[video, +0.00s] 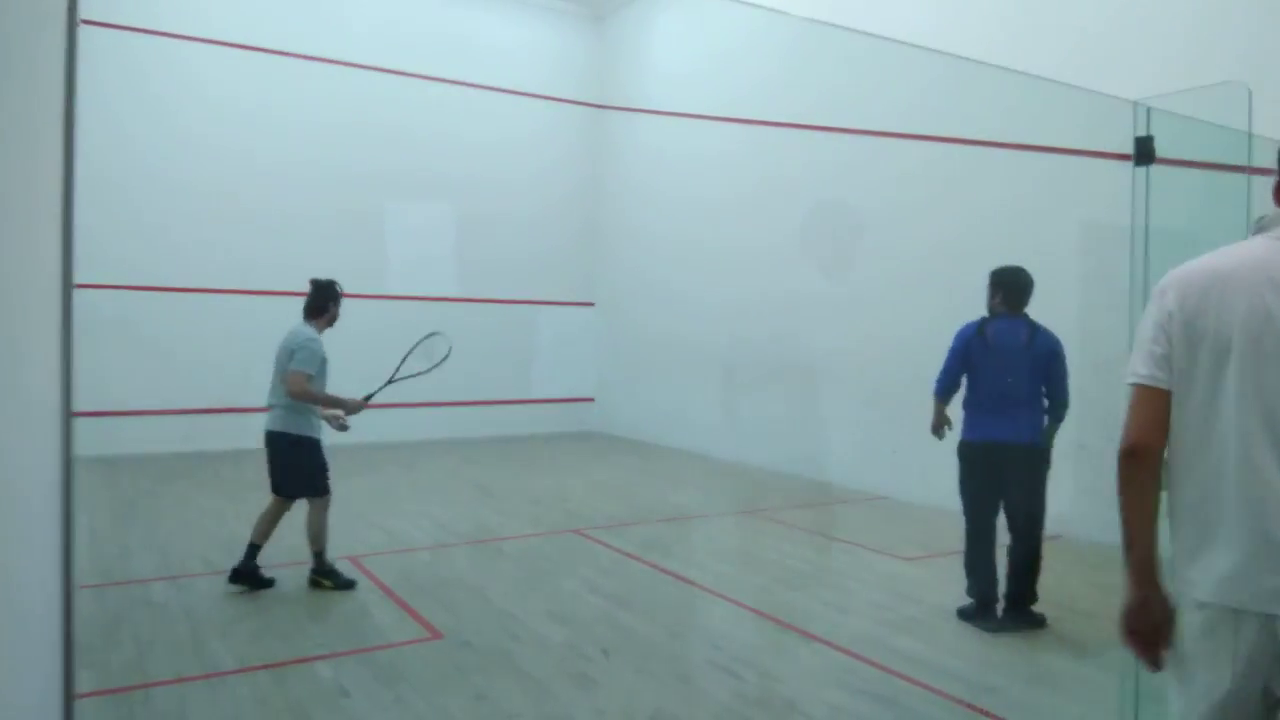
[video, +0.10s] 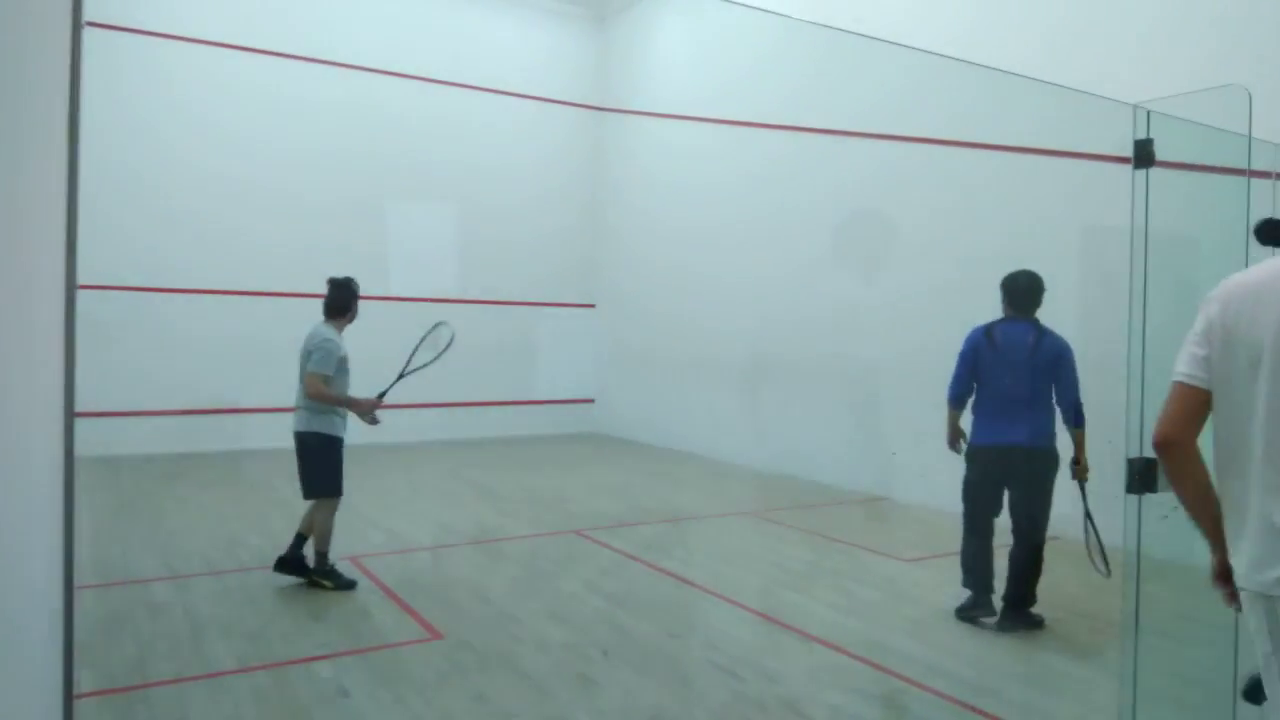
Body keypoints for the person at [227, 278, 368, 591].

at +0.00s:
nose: (338, 315)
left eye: (338, 309)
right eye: (337, 309)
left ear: (312, 307)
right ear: (328, 309)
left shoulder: (294, 338)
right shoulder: (309, 342)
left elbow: (291, 395)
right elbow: (296, 388)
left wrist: (325, 414)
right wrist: (344, 403)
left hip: (281, 433)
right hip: (299, 435)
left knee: (283, 497)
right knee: (319, 498)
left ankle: (246, 565)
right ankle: (321, 567)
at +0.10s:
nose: (358, 310)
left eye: (356, 305)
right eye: (357, 305)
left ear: (328, 305)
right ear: (351, 309)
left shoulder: (321, 337)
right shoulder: (328, 342)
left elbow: (324, 391)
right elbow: (313, 389)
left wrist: (356, 409)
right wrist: (357, 404)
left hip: (316, 430)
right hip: (321, 432)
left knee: (325, 498)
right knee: (328, 499)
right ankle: (321, 566)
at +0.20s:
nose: (375, 312)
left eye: (375, 306)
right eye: (374, 306)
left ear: (351, 306)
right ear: (364, 309)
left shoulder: (351, 343)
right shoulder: (334, 343)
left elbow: (362, 385)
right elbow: (313, 388)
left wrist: (401, 394)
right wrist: (349, 406)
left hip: (352, 433)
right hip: (334, 434)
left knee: (371, 488)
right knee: (337, 500)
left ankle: (353, 555)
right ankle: (322, 569)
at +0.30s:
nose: (398, 314)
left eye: (398, 308)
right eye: (393, 309)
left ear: (388, 311)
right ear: (379, 311)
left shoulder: (387, 343)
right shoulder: (354, 343)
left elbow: (416, 355)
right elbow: (326, 381)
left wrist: (453, 347)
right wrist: (345, 389)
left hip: (373, 433)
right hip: (350, 433)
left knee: (394, 479)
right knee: (345, 500)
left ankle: (403, 540)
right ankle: (324, 568)